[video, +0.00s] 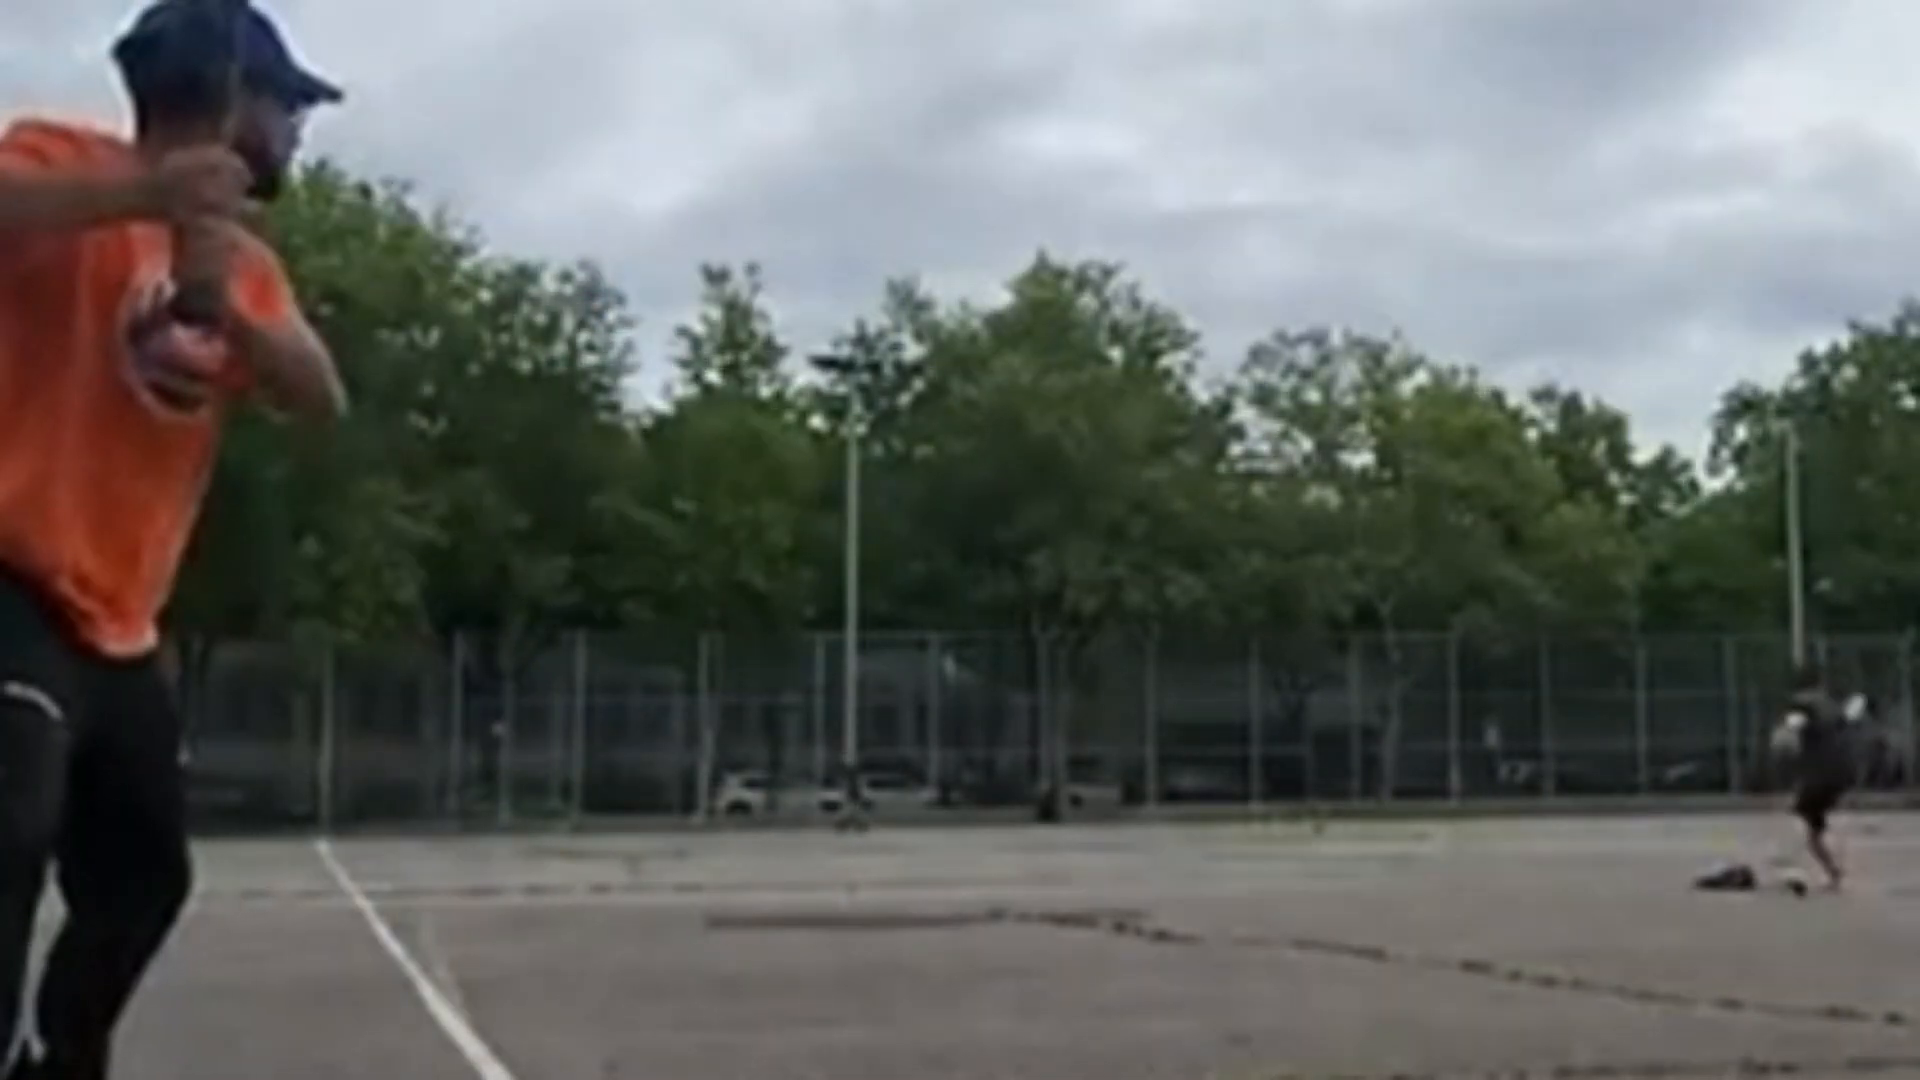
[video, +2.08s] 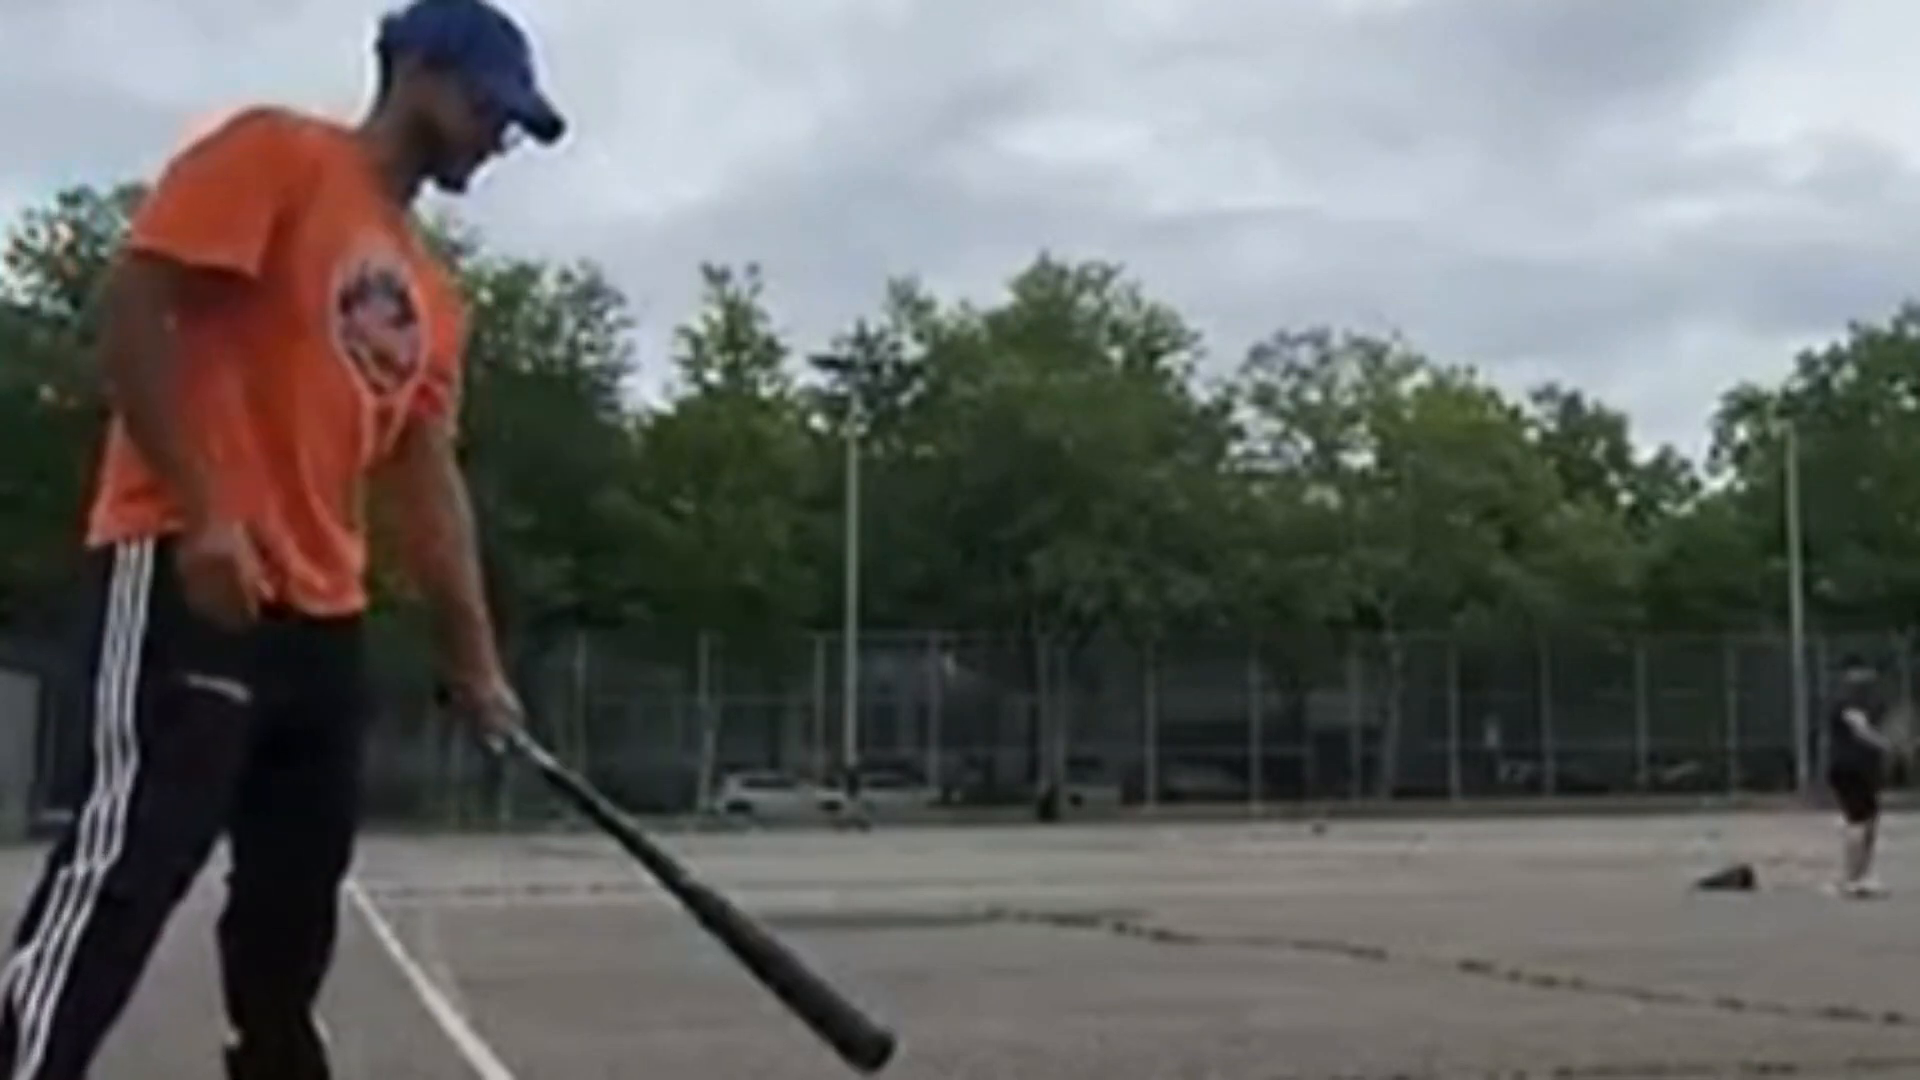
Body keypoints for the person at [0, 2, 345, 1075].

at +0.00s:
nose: (295, 136)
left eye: (296, 110)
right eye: (281, 106)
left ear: (231, 109)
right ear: (219, 97)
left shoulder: (244, 258)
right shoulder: (61, 164)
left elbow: (319, 398)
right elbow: (5, 203)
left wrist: (232, 324)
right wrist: (146, 185)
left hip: (121, 624)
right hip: (14, 590)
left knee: (139, 880)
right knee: (15, 840)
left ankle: (65, 1060)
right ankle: (8, 1051)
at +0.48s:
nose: (388, 119)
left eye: (388, 98)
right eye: (370, 94)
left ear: (311, 107)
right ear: (303, 95)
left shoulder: (345, 253)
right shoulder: (140, 160)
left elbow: (384, 403)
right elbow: (8, 207)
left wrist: (276, 334)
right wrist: (167, 222)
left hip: (201, 593)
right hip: (56, 555)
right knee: (69, 835)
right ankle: (11, 1056)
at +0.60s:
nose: (442, 150)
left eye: (441, 130)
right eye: (429, 127)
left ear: (373, 132)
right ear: (372, 126)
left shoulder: (399, 275)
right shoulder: (178, 184)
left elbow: (417, 398)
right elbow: (12, 239)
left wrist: (272, 328)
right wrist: (154, 243)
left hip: (230, 598)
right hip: (87, 559)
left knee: (324, 844)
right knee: (75, 838)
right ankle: (16, 1052)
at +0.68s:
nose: (474, 200)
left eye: (474, 178)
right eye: (461, 175)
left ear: (405, 180)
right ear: (396, 172)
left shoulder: (424, 299)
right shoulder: (204, 224)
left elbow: (446, 413)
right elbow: (24, 336)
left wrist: (283, 353)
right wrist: (165, 297)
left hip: (256, 619)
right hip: (120, 584)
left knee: (364, 853)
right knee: (138, 850)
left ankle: (399, 1055)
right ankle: (22, 1060)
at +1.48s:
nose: (459, 124)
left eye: (473, 106)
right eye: (444, 93)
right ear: (363, 57)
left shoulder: (405, 258)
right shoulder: (207, 153)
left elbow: (383, 446)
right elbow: (36, 315)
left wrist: (347, 488)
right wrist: (243, 408)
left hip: (285, 589)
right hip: (142, 554)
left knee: (342, 849)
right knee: (91, 877)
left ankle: (297, 1061)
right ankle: (20, 1056)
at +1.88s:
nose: (487, 129)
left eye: (499, 112)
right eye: (478, 99)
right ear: (408, 64)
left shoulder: (415, 270)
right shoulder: (286, 153)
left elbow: (404, 456)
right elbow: (170, 341)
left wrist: (449, 619)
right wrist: (332, 520)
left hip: (315, 587)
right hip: (203, 547)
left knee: (298, 850)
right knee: (156, 825)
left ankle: (275, 1054)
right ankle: (40, 1055)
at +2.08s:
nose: (503, 137)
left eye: (514, 121)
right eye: (493, 108)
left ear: (450, 101)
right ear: (420, 71)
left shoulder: (436, 294)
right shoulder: (275, 148)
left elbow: (426, 474)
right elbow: (133, 308)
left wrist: (476, 659)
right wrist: (197, 511)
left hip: (318, 602)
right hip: (186, 562)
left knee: (299, 867)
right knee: (131, 853)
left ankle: (273, 1049)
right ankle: (33, 1058)